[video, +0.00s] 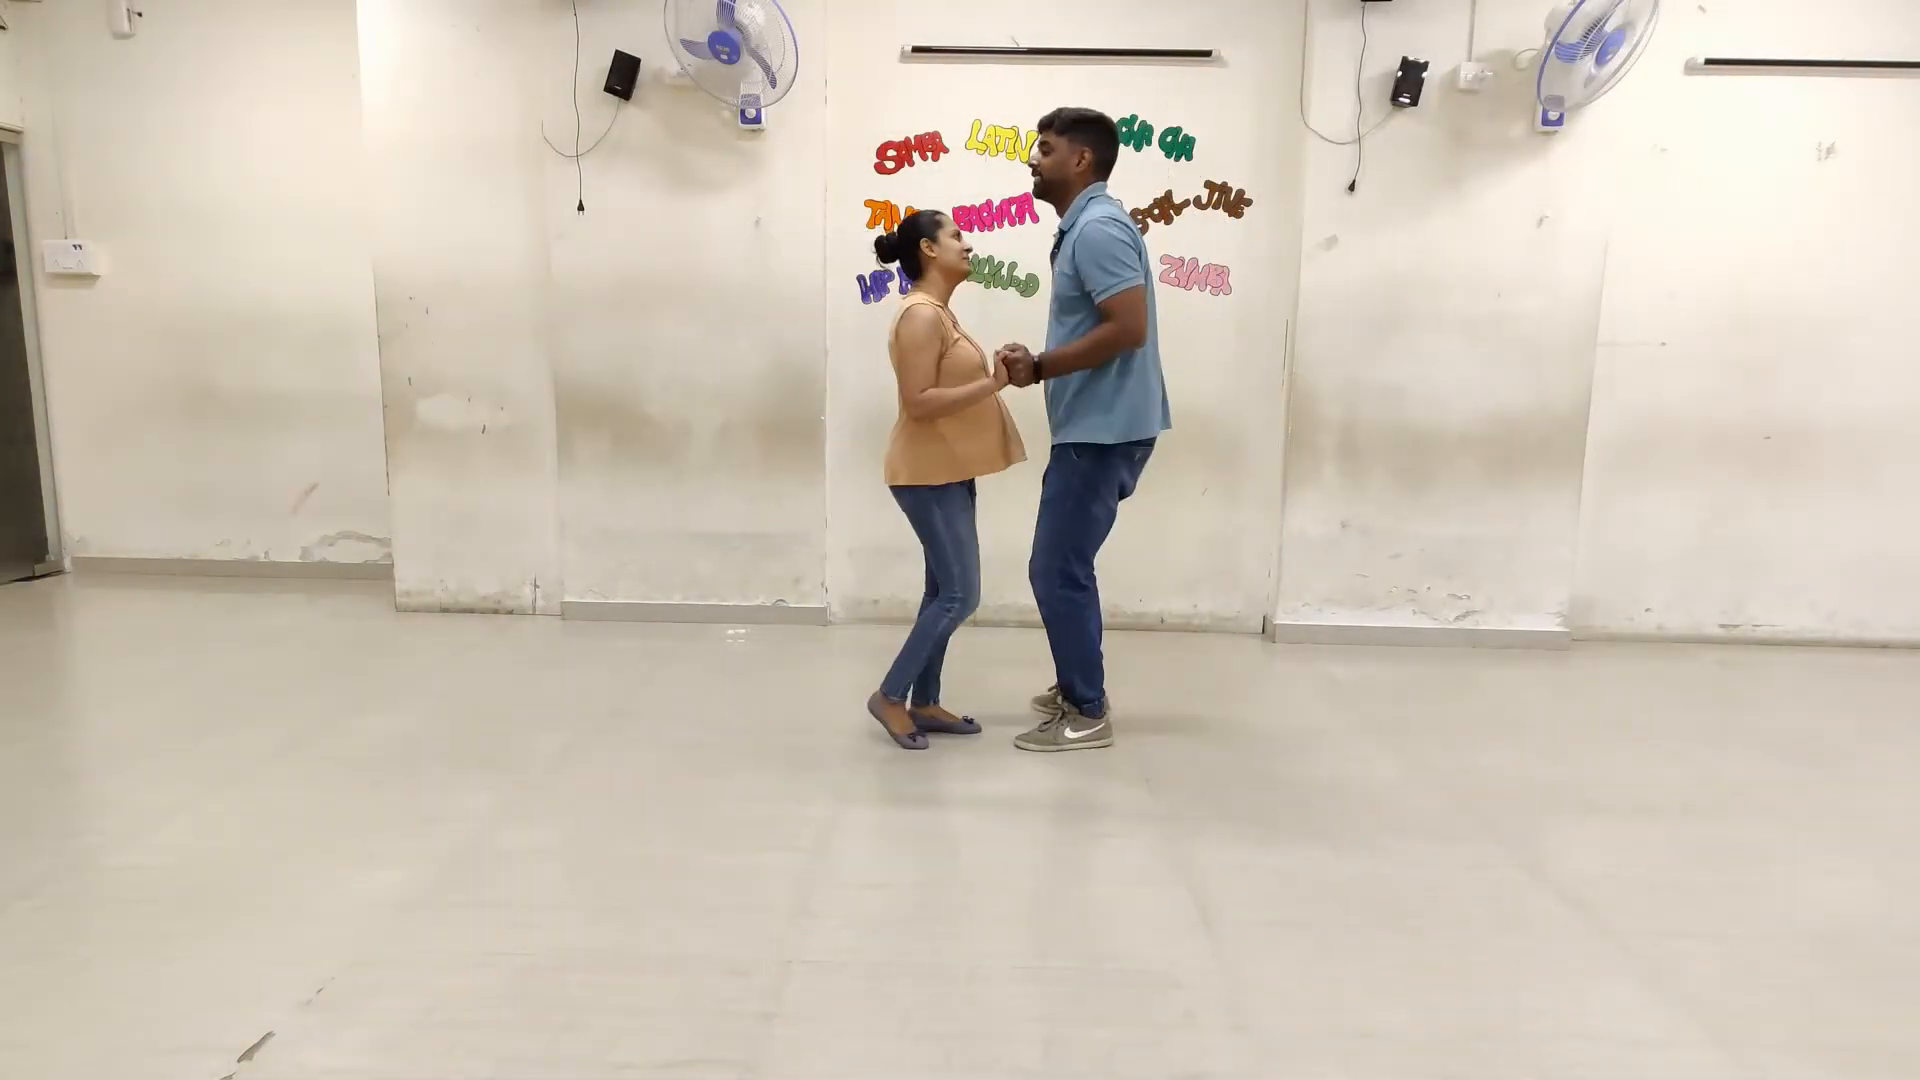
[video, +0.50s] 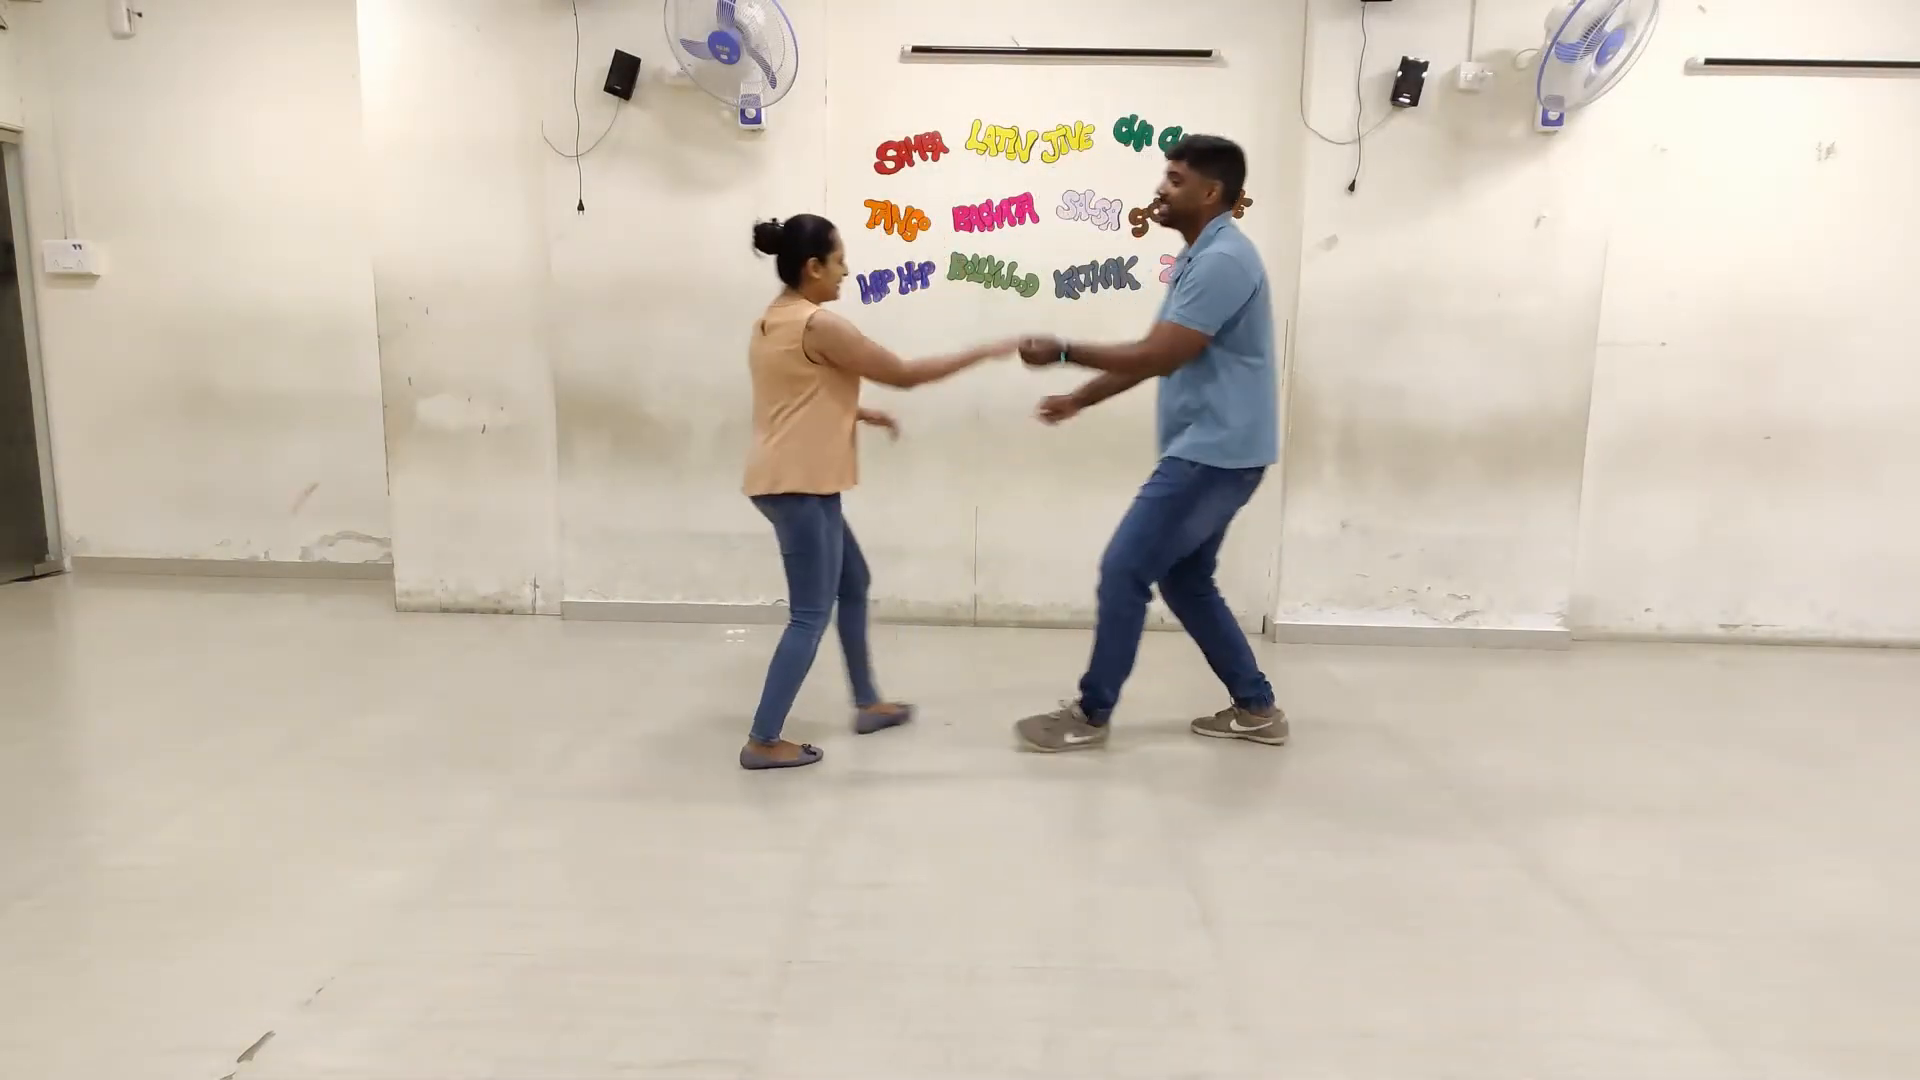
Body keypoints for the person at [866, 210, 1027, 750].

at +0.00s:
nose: (967, 244)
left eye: (963, 235)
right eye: (956, 237)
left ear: (932, 251)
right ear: (929, 250)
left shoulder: (939, 311)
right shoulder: (919, 315)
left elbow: (944, 390)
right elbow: (917, 403)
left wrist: (994, 370)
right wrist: (990, 382)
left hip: (949, 472)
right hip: (926, 476)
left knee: (943, 591)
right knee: (960, 594)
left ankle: (925, 702)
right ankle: (889, 698)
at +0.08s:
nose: (959, 247)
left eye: (954, 237)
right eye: (948, 239)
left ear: (922, 251)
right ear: (922, 251)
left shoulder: (927, 311)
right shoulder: (910, 315)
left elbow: (928, 395)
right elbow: (916, 402)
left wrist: (984, 367)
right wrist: (989, 373)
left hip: (934, 473)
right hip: (913, 475)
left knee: (940, 595)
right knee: (944, 598)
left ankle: (924, 706)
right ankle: (868, 699)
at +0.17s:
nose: (944, 250)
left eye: (940, 241)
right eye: (934, 242)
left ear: (905, 252)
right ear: (907, 252)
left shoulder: (906, 310)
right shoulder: (896, 314)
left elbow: (920, 391)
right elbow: (917, 398)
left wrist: (975, 359)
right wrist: (984, 364)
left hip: (918, 472)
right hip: (896, 474)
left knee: (931, 597)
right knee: (923, 599)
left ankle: (924, 706)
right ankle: (836, 697)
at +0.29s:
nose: (903, 266)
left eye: (900, 256)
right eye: (895, 257)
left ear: (863, 264)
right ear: (868, 263)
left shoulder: (851, 319)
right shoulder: (857, 322)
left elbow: (898, 393)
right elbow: (913, 397)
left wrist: (950, 374)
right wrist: (999, 376)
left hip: (871, 484)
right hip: (853, 486)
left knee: (907, 588)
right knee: (862, 613)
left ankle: (924, 707)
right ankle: (779, 721)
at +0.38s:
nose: (872, 271)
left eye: (869, 261)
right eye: (865, 262)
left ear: (830, 269)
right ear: (838, 268)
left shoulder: (808, 323)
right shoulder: (832, 329)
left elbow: (873, 396)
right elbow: (898, 403)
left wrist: (927, 395)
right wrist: (984, 400)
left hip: (826, 487)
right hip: (822, 490)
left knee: (877, 589)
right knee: (829, 618)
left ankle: (915, 705)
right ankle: (765, 738)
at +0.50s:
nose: (845, 270)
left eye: (843, 261)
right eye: (839, 262)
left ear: (802, 267)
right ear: (812, 268)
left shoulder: (772, 323)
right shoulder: (821, 326)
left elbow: (800, 398)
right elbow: (904, 374)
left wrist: (862, 416)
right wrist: (984, 353)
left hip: (780, 480)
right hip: (803, 486)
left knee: (852, 580)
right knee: (811, 614)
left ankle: (868, 706)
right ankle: (763, 741)